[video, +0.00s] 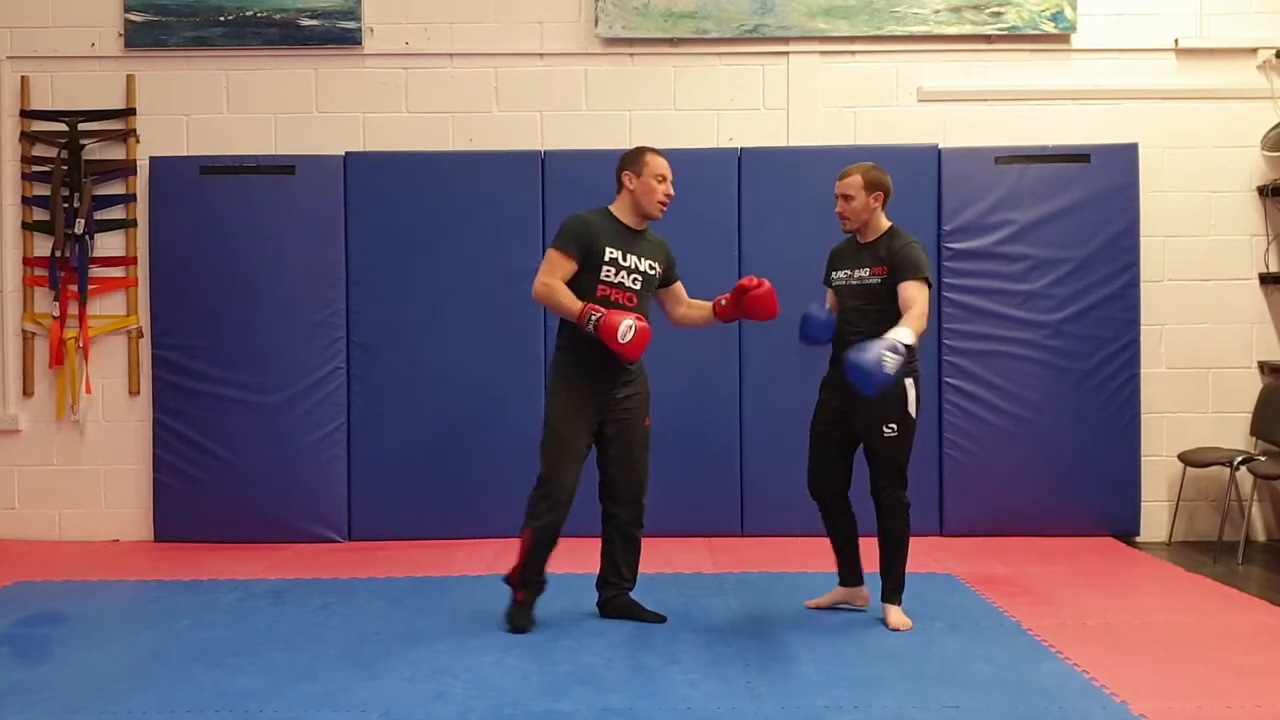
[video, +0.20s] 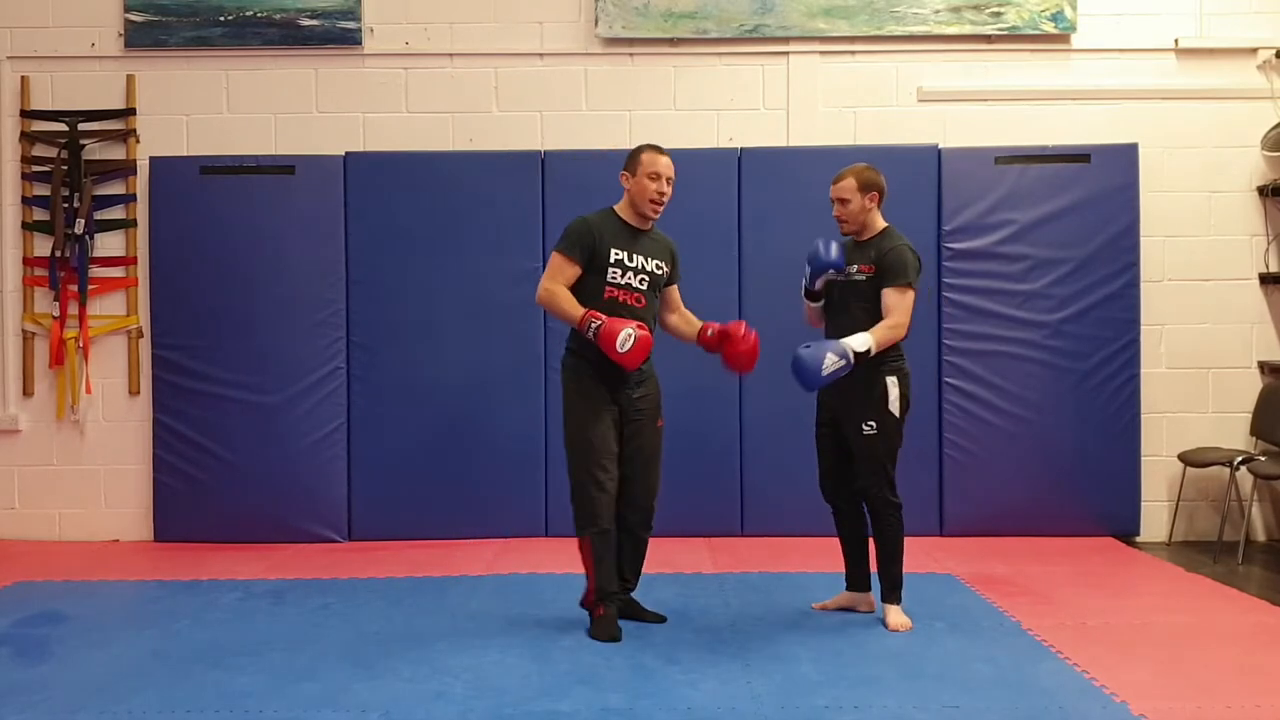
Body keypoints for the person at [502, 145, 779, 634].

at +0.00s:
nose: (668, 190)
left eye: (670, 182)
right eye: (659, 179)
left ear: (660, 188)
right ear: (629, 181)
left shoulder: (659, 251)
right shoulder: (584, 228)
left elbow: (681, 310)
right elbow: (544, 287)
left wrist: (727, 307)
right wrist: (595, 318)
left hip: (628, 384)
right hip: (576, 379)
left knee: (627, 492)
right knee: (557, 487)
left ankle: (615, 594)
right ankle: (524, 592)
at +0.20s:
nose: (663, 189)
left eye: (669, 181)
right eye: (654, 178)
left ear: (671, 188)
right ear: (627, 180)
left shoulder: (663, 249)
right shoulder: (589, 230)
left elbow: (672, 313)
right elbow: (548, 291)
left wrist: (711, 335)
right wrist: (598, 325)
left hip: (641, 379)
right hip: (590, 377)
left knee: (640, 486)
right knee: (598, 484)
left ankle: (622, 593)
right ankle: (600, 603)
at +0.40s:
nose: (637, 190)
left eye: (645, 180)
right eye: (627, 180)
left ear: (656, 186)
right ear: (608, 186)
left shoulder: (662, 247)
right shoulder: (585, 241)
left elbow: (658, 304)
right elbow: (552, 305)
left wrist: (679, 329)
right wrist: (603, 339)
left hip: (656, 387)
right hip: (602, 389)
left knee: (693, 482)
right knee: (601, 499)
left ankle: (644, 569)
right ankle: (601, 606)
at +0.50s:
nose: (640, 188)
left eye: (647, 178)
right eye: (629, 179)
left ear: (655, 182)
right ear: (608, 183)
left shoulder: (665, 242)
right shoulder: (584, 240)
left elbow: (666, 294)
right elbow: (556, 307)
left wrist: (686, 322)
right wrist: (606, 336)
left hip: (664, 385)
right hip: (608, 389)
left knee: (703, 480)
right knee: (601, 500)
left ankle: (674, 573)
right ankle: (602, 607)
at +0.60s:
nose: (652, 186)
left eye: (657, 177)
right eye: (641, 177)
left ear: (662, 181)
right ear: (615, 183)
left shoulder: (672, 238)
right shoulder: (588, 241)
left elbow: (686, 300)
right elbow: (558, 308)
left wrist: (715, 316)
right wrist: (608, 333)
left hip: (669, 388)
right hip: (612, 391)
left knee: (705, 484)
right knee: (602, 500)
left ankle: (695, 586)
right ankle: (602, 607)